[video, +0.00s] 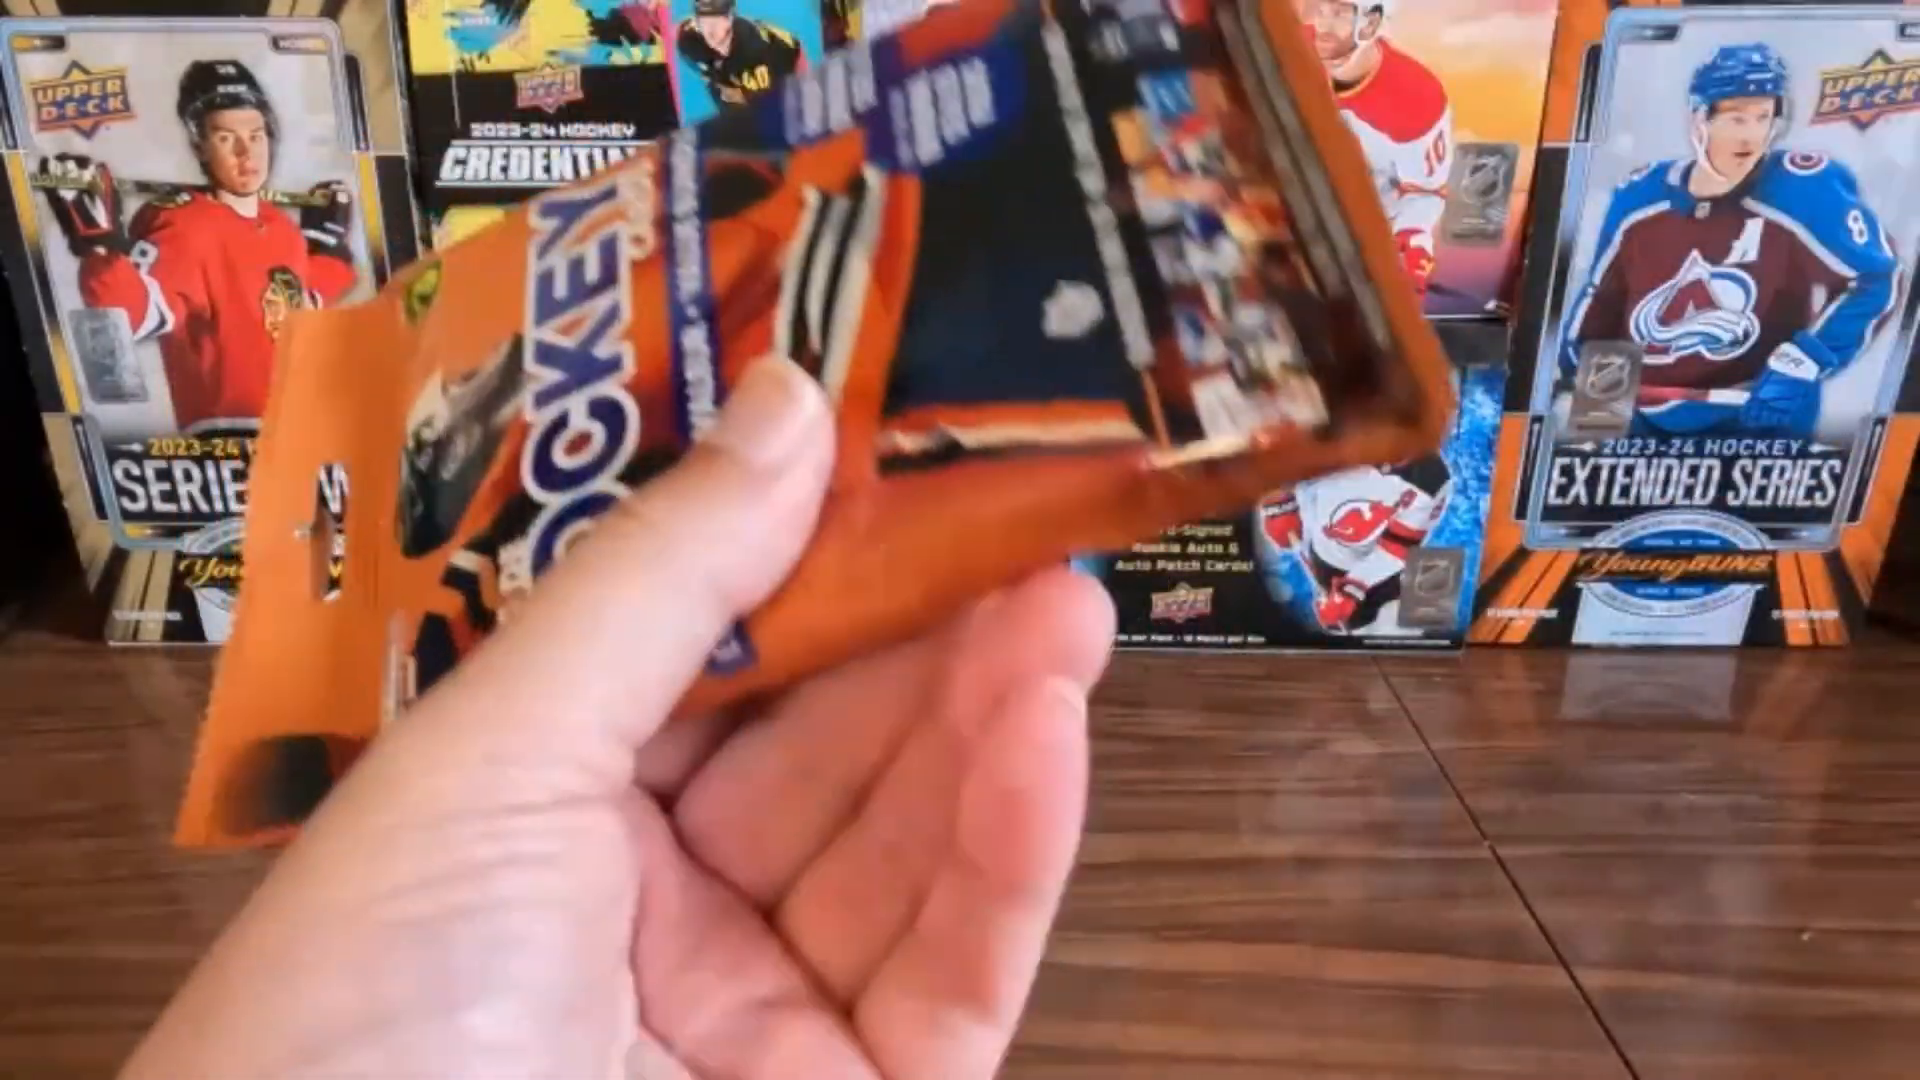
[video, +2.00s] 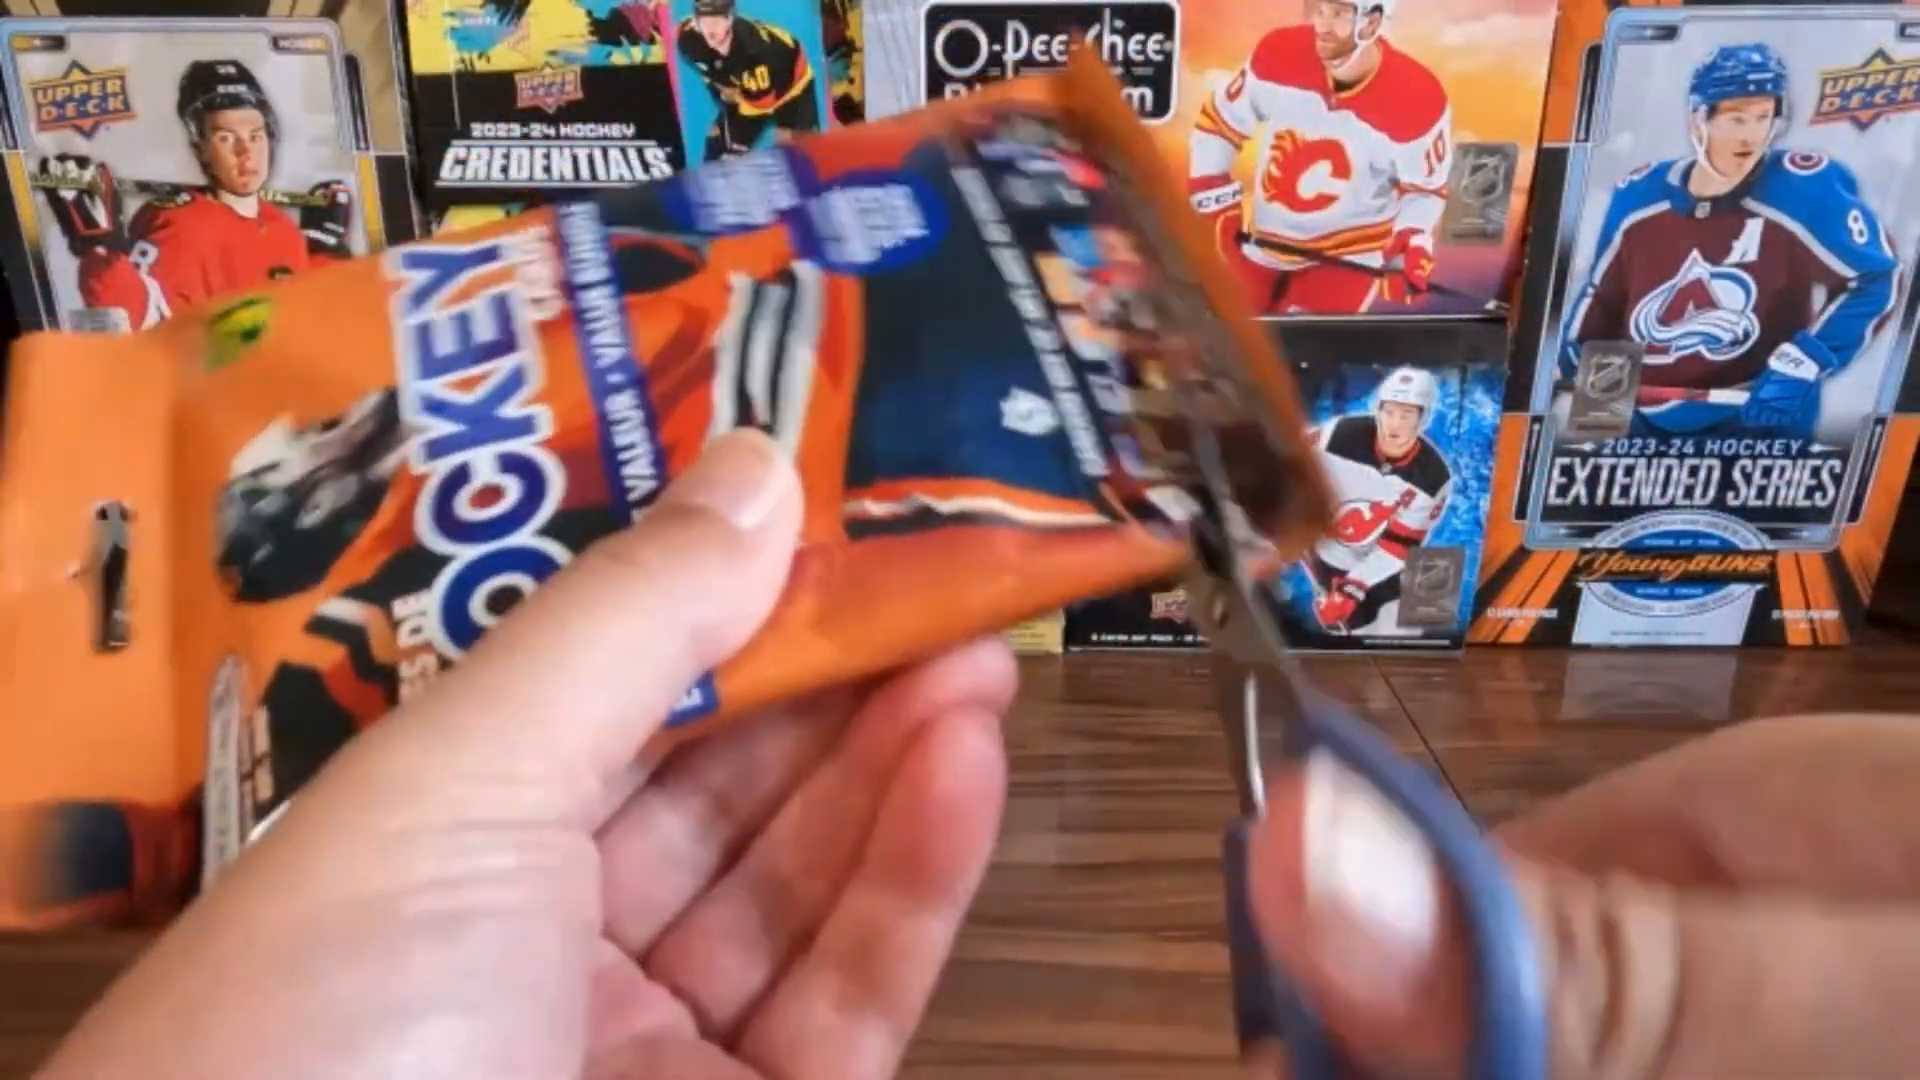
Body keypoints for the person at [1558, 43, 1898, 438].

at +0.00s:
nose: (1749, 135)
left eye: (1762, 118)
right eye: (1735, 118)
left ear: (1775, 123)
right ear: (1699, 124)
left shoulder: (1805, 193)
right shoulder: (1638, 199)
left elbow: (1879, 280)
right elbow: (1596, 297)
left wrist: (1802, 365)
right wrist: (1588, 373)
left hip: (1747, 426)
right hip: (1639, 421)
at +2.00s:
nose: (1749, 135)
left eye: (1762, 118)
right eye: (1735, 118)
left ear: (1775, 123)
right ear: (1698, 123)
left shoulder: (1808, 191)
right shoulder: (1638, 197)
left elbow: (1879, 280)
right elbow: (1600, 296)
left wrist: (1802, 365)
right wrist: (1578, 366)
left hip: (1745, 427)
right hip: (1637, 422)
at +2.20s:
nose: (1749, 135)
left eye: (1762, 118)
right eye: (1734, 118)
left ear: (1775, 123)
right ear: (1698, 123)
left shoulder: (1808, 191)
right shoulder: (1638, 197)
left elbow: (1879, 280)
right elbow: (1600, 296)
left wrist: (1802, 365)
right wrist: (1578, 366)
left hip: (1745, 427)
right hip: (1637, 422)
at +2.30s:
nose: (1750, 135)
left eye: (1762, 118)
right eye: (1735, 118)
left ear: (1775, 123)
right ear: (1698, 123)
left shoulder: (1806, 191)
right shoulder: (1638, 197)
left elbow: (1878, 280)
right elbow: (1599, 296)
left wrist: (1803, 364)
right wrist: (1576, 363)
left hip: (1743, 427)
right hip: (1636, 421)